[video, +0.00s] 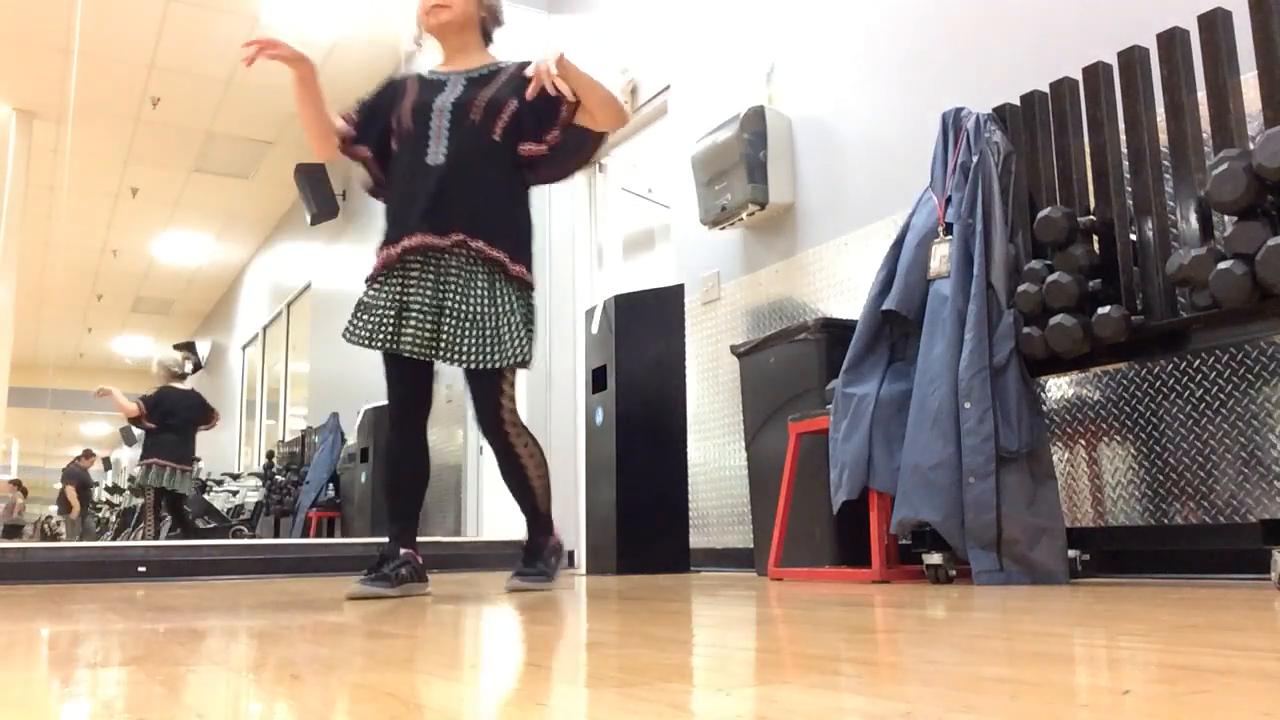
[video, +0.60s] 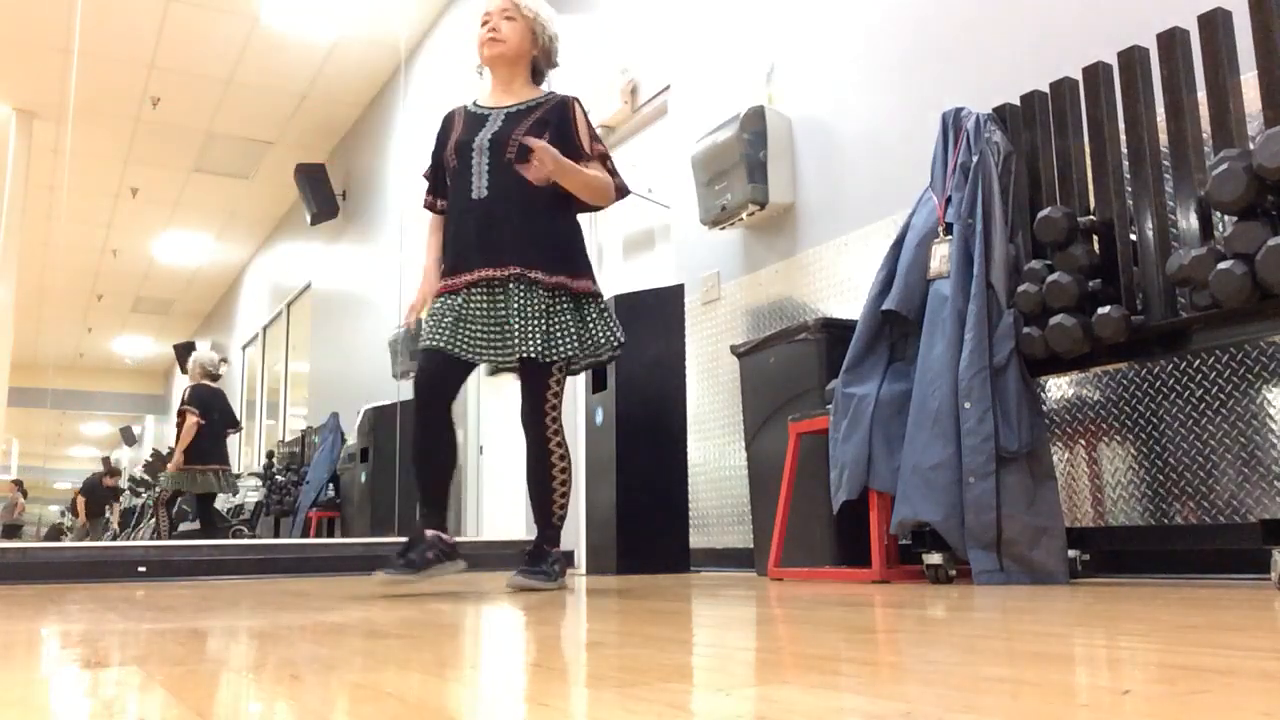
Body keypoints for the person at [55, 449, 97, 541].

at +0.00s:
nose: (92, 464)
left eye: (93, 462)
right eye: (91, 461)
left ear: (85, 459)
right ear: (84, 459)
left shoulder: (82, 469)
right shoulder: (72, 469)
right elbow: (69, 489)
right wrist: (76, 506)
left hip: (82, 508)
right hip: (71, 509)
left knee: (89, 535)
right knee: (72, 537)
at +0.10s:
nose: (97, 467)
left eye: (98, 464)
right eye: (97, 464)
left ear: (90, 460)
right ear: (89, 460)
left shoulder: (91, 471)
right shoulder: (78, 471)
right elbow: (75, 491)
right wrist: (82, 508)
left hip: (88, 510)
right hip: (74, 511)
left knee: (90, 539)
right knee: (71, 540)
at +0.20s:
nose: (102, 468)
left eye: (103, 465)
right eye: (102, 464)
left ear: (96, 462)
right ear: (94, 462)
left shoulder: (98, 473)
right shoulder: (80, 472)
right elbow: (75, 492)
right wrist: (84, 509)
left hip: (91, 512)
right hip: (76, 511)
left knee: (92, 540)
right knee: (72, 539)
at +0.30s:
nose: (107, 469)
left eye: (109, 467)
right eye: (106, 466)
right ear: (98, 463)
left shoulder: (106, 476)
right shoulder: (83, 473)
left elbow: (108, 490)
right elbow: (75, 491)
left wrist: (107, 501)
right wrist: (84, 509)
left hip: (95, 512)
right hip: (78, 512)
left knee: (95, 540)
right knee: (76, 540)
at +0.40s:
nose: (113, 472)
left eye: (114, 469)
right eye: (112, 469)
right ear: (104, 466)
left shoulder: (111, 480)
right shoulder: (88, 475)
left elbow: (115, 492)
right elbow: (77, 492)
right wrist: (83, 511)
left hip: (97, 511)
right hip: (82, 510)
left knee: (97, 535)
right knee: (81, 532)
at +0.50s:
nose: (115, 476)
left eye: (116, 473)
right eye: (113, 473)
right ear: (106, 470)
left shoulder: (113, 482)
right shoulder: (90, 477)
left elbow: (118, 496)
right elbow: (79, 494)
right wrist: (83, 512)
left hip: (97, 512)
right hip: (82, 510)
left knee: (97, 535)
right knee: (82, 532)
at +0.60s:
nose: (116, 483)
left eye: (117, 481)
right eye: (115, 480)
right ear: (108, 477)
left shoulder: (114, 488)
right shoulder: (92, 482)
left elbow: (116, 506)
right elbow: (80, 499)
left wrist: (115, 523)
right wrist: (82, 517)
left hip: (97, 514)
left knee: (97, 539)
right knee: (78, 537)